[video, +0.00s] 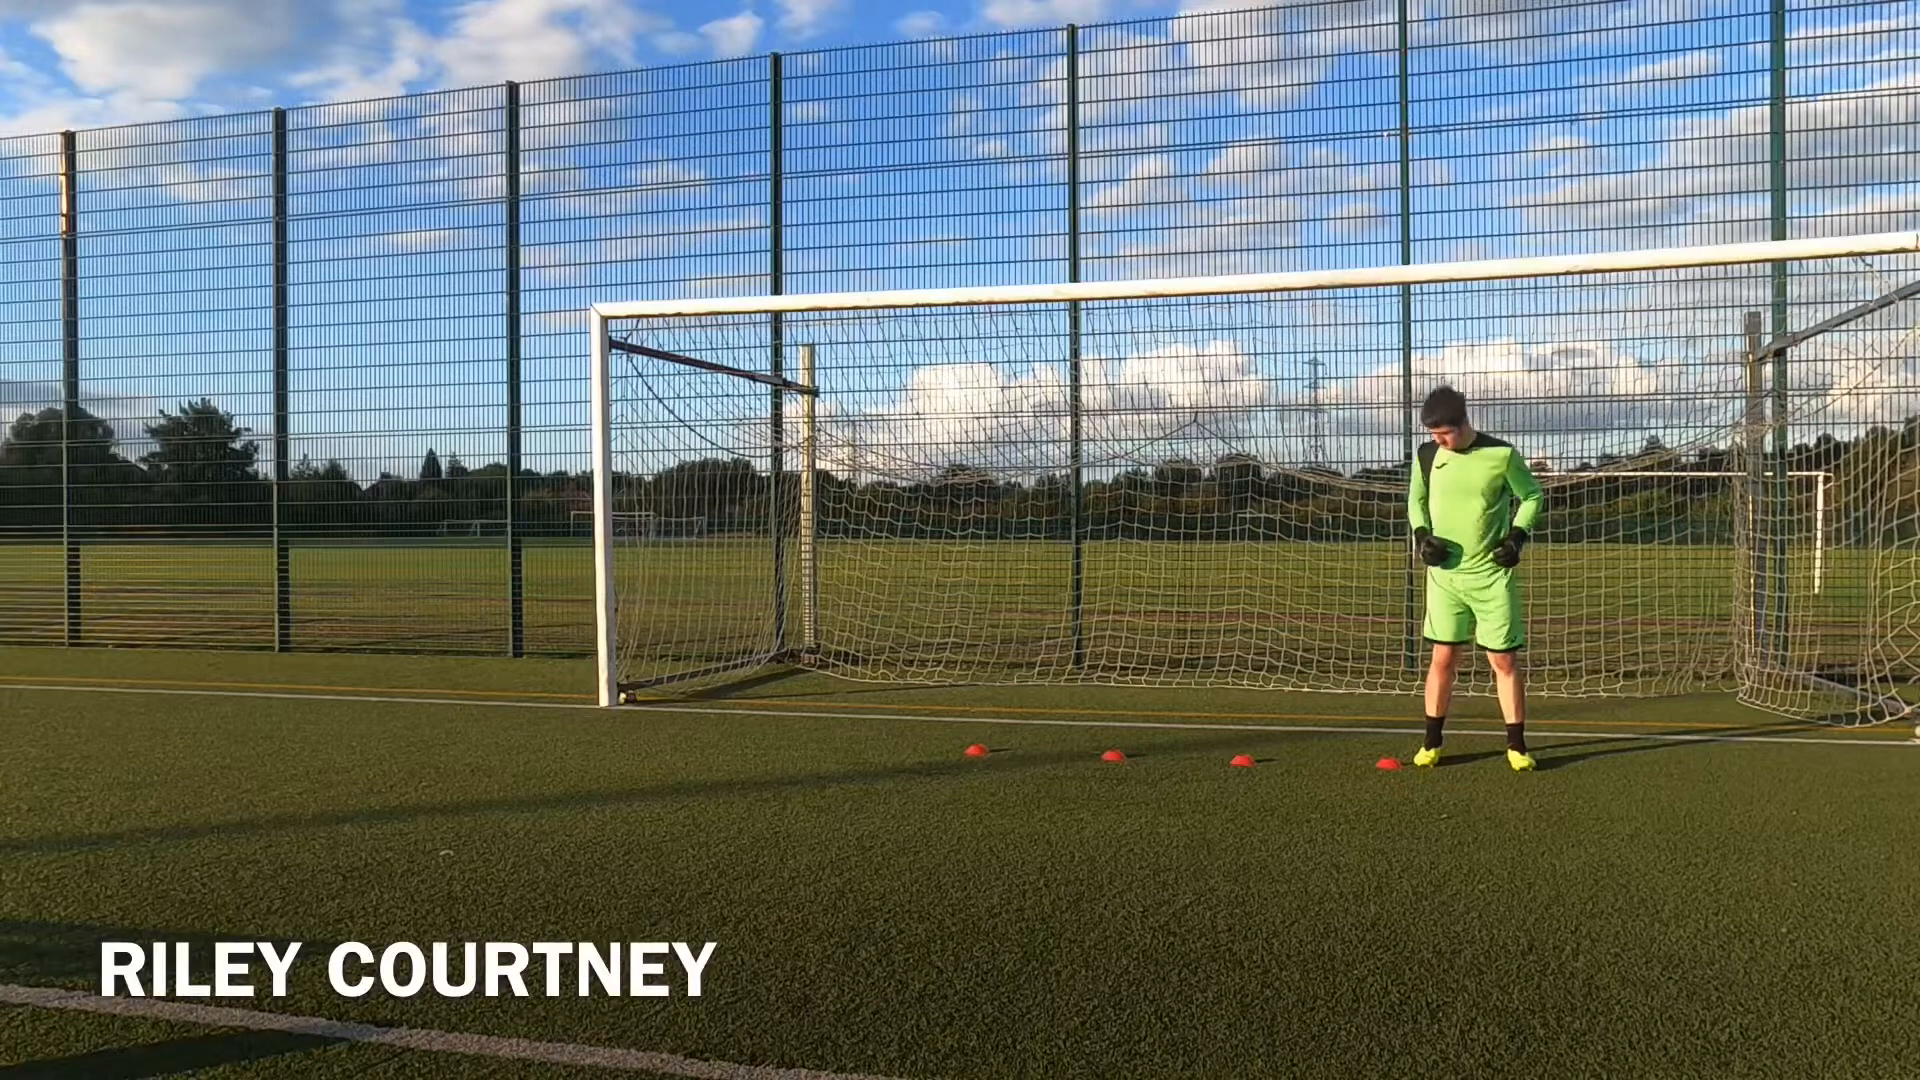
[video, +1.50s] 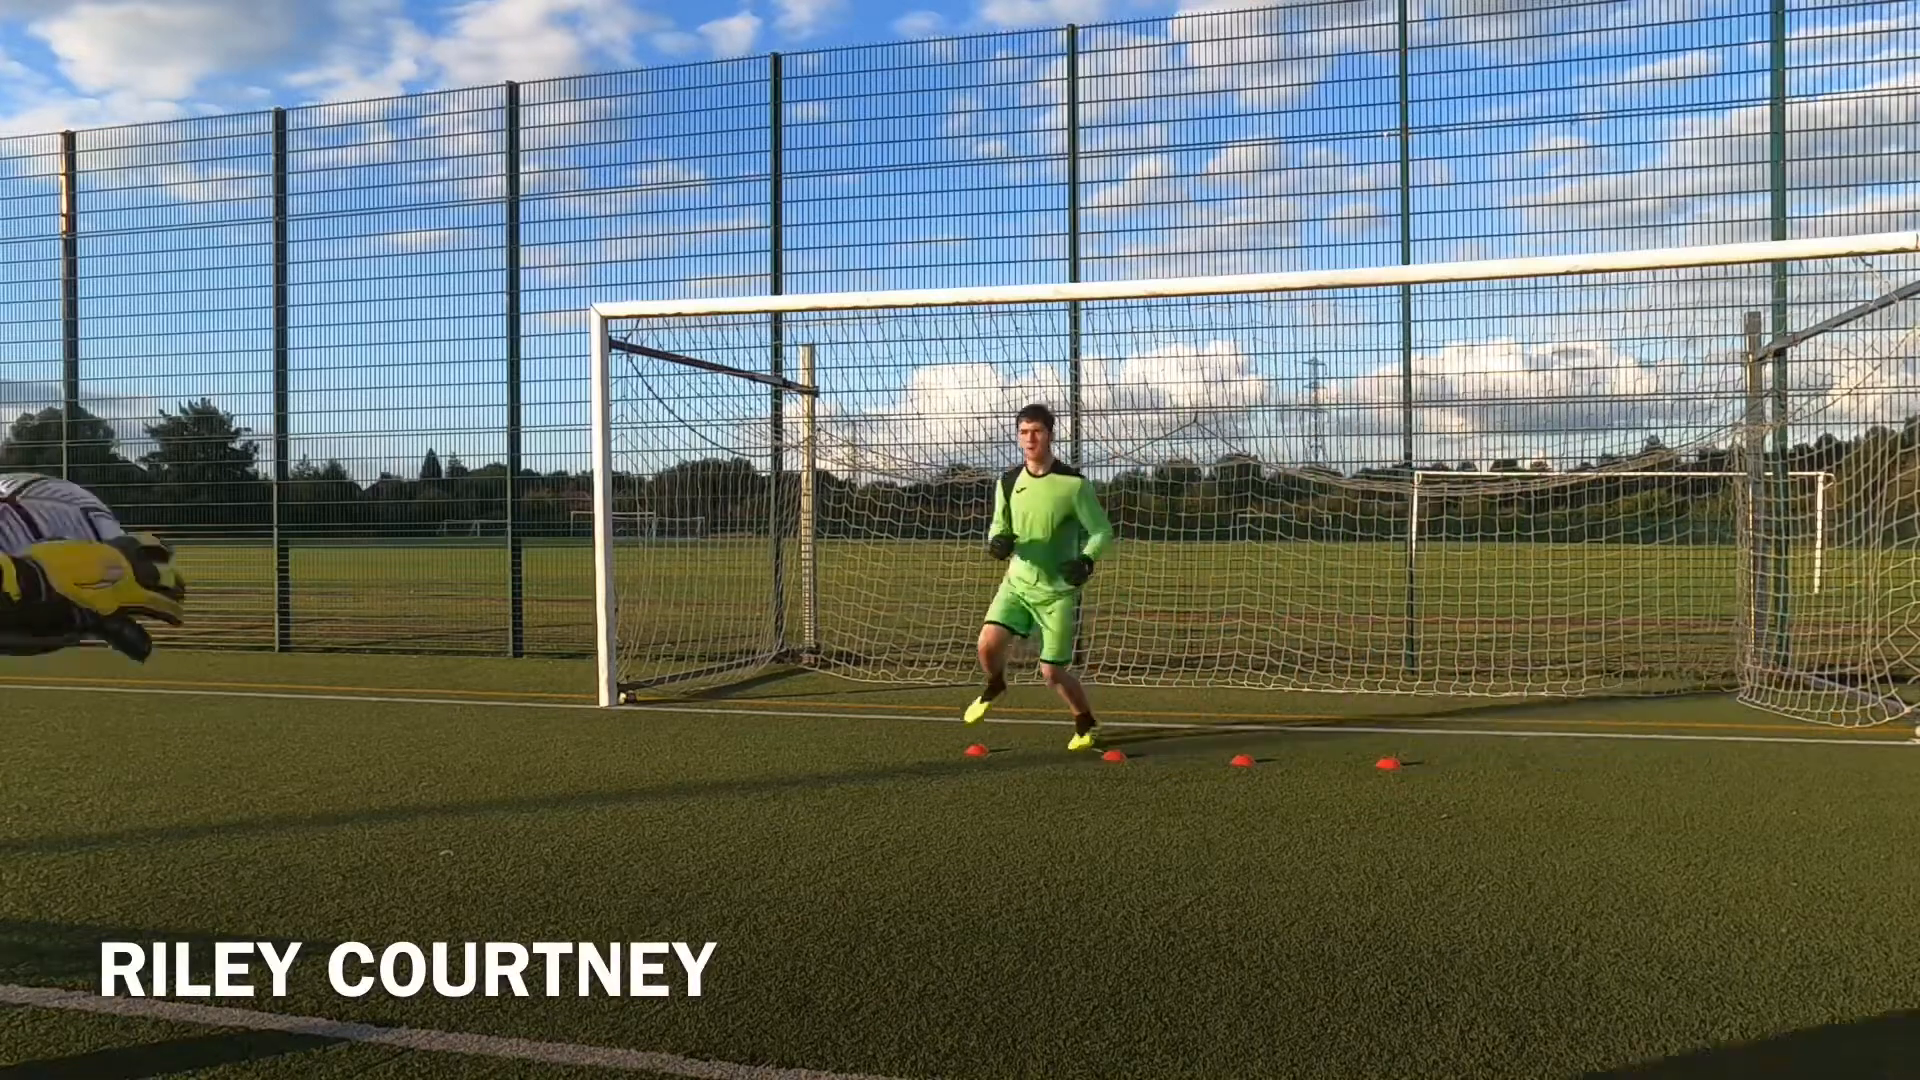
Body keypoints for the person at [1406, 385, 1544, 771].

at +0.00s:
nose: (1439, 439)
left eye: (1445, 431)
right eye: (1433, 432)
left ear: (1464, 422)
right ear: (1428, 428)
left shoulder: (1503, 456)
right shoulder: (1425, 458)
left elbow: (1533, 496)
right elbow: (1416, 502)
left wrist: (1516, 536)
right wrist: (1422, 535)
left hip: (1492, 577)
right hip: (1444, 577)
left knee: (1504, 662)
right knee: (1442, 658)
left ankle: (1516, 746)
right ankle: (1432, 743)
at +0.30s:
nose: (1401, 467)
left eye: (1408, 460)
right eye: (1396, 461)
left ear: (1427, 450)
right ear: (1392, 456)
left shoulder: (1464, 479)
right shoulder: (1392, 483)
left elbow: (1504, 512)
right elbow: (1391, 520)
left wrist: (1488, 554)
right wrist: (1397, 552)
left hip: (1466, 588)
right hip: (1419, 589)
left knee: (1488, 672)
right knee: (1407, 657)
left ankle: (1519, 746)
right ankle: (1436, 727)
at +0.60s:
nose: (1321, 466)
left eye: (1327, 459)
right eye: (1316, 459)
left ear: (1345, 448)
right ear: (1311, 455)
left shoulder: (1384, 476)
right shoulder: (1310, 479)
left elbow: (1429, 511)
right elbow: (1290, 515)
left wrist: (1423, 552)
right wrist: (1274, 546)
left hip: (1380, 573)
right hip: (1339, 576)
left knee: (1378, 649)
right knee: (1347, 649)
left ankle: (1382, 728)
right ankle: (1353, 742)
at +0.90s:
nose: (1206, 452)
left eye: (1210, 444)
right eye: (1202, 445)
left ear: (1231, 435)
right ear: (1204, 442)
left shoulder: (1274, 470)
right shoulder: (1213, 471)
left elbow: (1316, 500)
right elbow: (1209, 509)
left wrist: (1309, 546)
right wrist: (1199, 545)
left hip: (1273, 579)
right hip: (1235, 580)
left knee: (1264, 658)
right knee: (1235, 660)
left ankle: (1309, 700)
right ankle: (1253, 726)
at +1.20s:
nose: (1116, 450)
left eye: (1122, 442)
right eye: (1110, 444)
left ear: (1140, 441)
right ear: (1105, 447)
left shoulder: (1168, 486)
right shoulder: (1107, 485)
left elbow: (1201, 532)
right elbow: (1098, 526)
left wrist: (1183, 569)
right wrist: (1085, 549)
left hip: (1155, 588)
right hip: (1118, 585)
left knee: (1150, 658)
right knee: (1090, 645)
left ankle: (1187, 746)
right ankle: (1092, 732)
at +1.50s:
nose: (1030, 438)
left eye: (1036, 432)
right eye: (1024, 432)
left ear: (1050, 435)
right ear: (1017, 438)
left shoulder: (1075, 485)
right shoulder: (1007, 483)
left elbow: (1103, 532)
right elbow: (999, 524)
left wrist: (1086, 559)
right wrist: (997, 541)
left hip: (1057, 593)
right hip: (1016, 584)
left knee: (1051, 670)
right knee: (987, 645)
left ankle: (1086, 722)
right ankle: (995, 686)